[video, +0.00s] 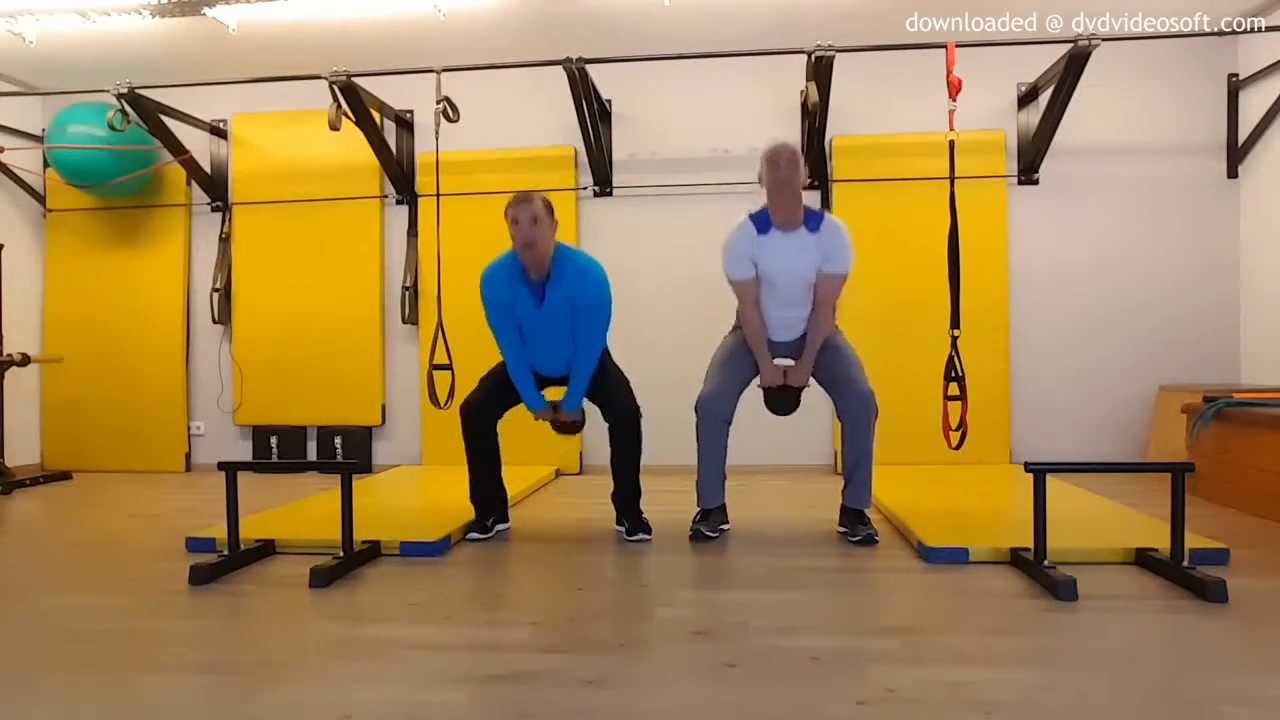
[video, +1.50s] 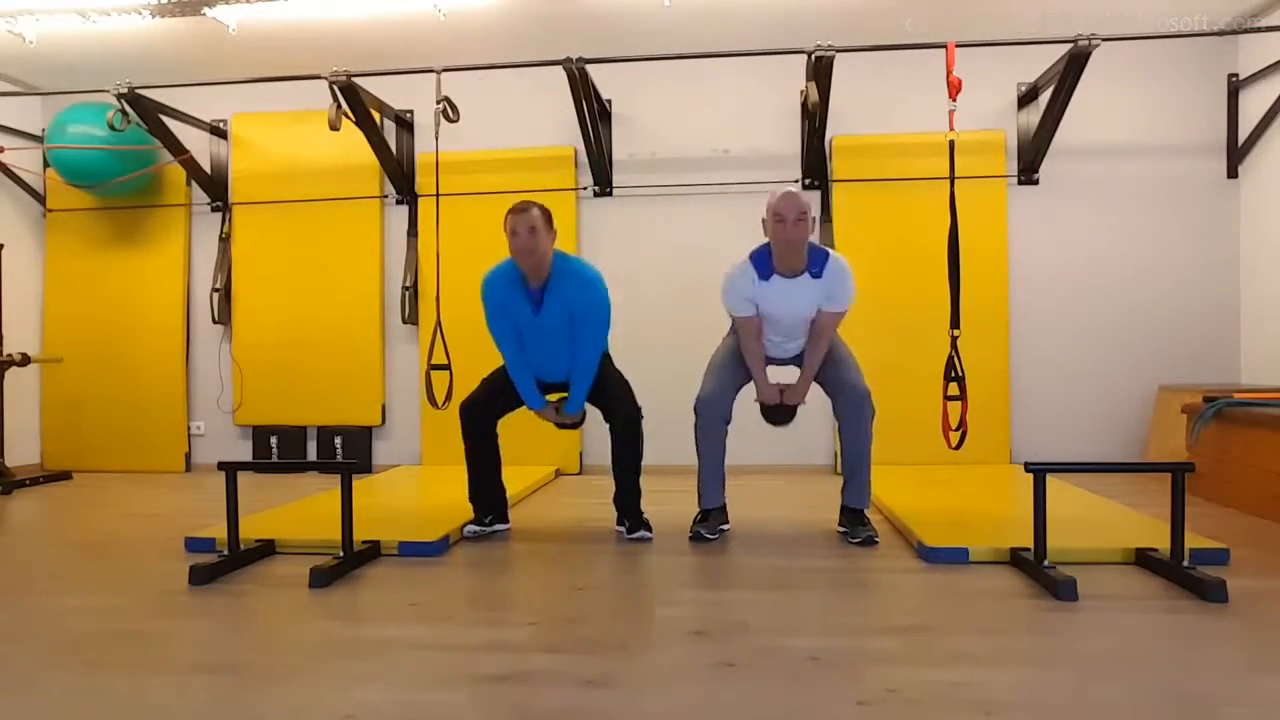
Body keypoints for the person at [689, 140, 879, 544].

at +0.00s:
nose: (785, 171)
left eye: (792, 165)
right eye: (776, 165)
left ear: (805, 177)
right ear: (761, 179)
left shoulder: (831, 233)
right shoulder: (742, 239)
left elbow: (824, 310)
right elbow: (748, 310)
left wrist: (806, 364)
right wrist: (765, 363)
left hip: (816, 337)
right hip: (754, 338)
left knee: (860, 401)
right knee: (711, 402)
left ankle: (854, 510)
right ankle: (712, 509)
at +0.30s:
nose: (773, 130)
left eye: (779, 124)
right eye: (765, 125)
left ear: (791, 135)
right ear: (753, 137)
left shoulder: (814, 169)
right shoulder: (741, 178)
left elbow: (823, 186)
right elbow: (741, 192)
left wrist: (800, 195)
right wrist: (777, 197)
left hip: (811, 300)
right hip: (755, 302)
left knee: (835, 405)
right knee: (735, 406)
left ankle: (852, 511)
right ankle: (714, 508)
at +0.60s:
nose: (777, 123)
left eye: (785, 117)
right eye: (770, 118)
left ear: (799, 128)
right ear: (758, 128)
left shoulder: (818, 173)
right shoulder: (745, 175)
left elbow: (818, 124)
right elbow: (751, 125)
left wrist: (807, 70)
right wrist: (763, 71)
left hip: (814, 300)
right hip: (756, 301)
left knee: (836, 404)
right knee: (737, 405)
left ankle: (852, 511)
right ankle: (714, 508)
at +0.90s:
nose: (786, 133)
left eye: (794, 125)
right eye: (781, 123)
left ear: (807, 126)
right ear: (764, 122)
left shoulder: (819, 170)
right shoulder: (745, 173)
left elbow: (823, 161)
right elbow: (749, 155)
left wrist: (809, 116)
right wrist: (768, 117)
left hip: (814, 304)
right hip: (757, 306)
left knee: (841, 407)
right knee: (732, 407)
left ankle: (852, 512)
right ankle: (714, 509)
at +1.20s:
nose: (783, 152)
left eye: (790, 146)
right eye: (774, 146)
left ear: (802, 159)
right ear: (760, 161)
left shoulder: (825, 214)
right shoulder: (743, 220)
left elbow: (822, 287)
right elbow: (751, 291)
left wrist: (810, 345)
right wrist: (769, 348)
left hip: (814, 331)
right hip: (754, 331)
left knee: (854, 405)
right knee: (712, 406)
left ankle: (854, 511)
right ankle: (712, 510)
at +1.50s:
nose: (791, 226)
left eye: (800, 219)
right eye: (781, 219)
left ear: (811, 225)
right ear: (766, 226)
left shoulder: (836, 272)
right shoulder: (742, 276)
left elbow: (821, 337)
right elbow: (750, 339)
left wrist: (801, 387)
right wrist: (764, 387)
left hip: (812, 346)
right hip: (753, 345)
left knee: (856, 399)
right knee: (710, 402)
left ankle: (854, 511)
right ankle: (712, 509)